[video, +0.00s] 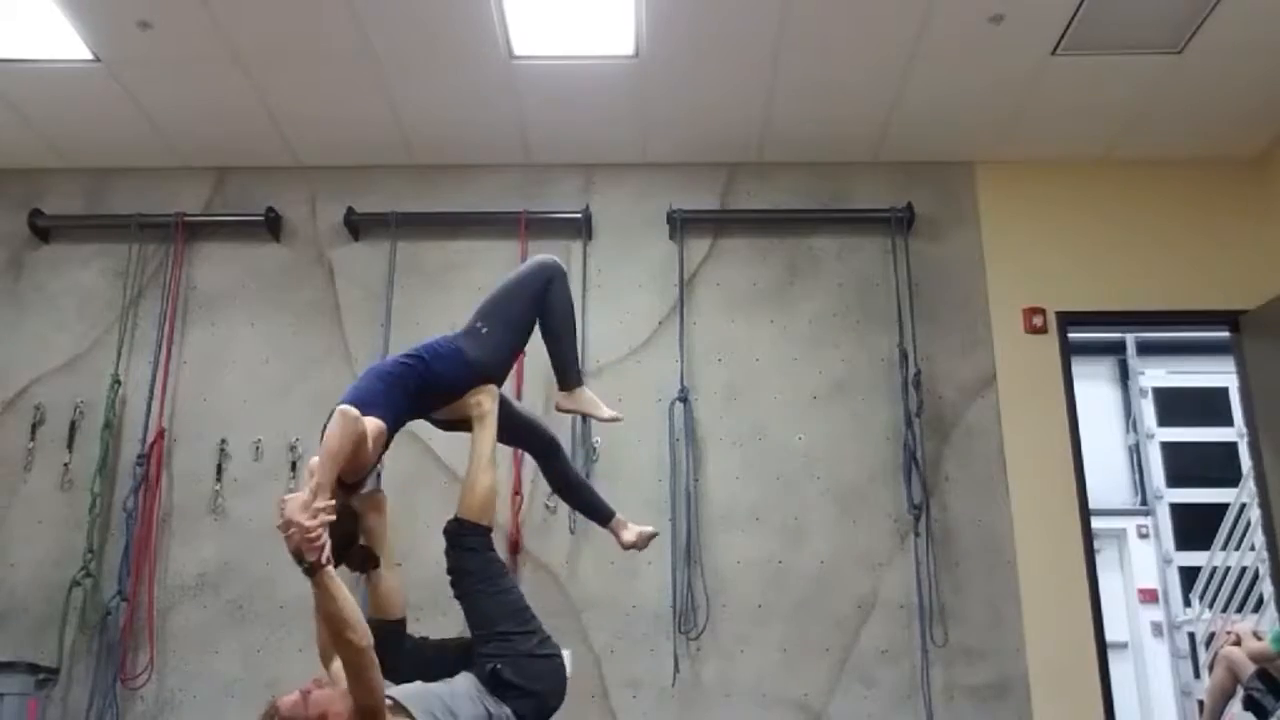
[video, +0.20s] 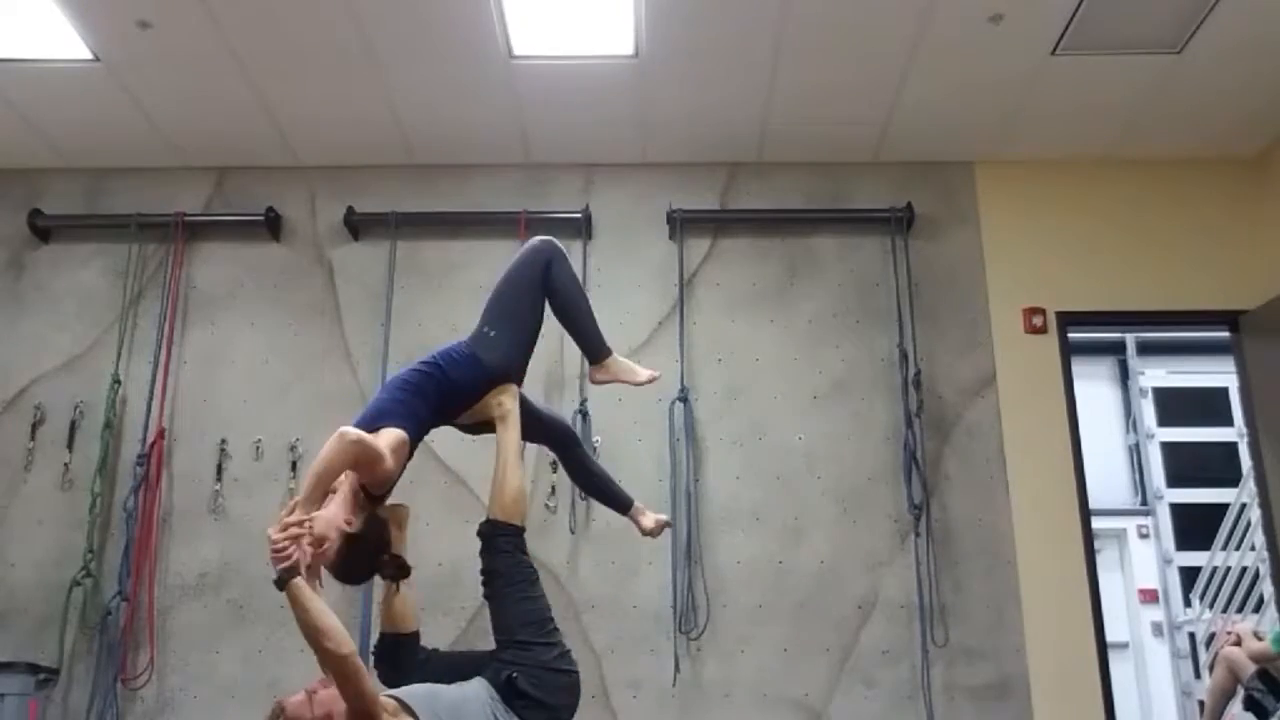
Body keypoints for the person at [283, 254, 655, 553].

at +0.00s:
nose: (294, 504)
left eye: (290, 510)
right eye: (303, 510)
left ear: (331, 509)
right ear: (330, 508)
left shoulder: (347, 480)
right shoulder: (345, 460)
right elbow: (314, 473)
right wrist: (308, 507)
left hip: (452, 405)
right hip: (467, 360)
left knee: (542, 444)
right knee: (546, 270)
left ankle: (618, 527)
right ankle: (572, 388)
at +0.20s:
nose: (322, 533)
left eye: (319, 542)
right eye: (325, 540)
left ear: (338, 516)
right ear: (361, 521)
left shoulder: (359, 484)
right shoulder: (378, 470)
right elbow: (342, 440)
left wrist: (292, 529)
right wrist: (304, 506)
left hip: (473, 406)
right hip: (486, 364)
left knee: (561, 434)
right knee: (545, 252)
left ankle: (637, 514)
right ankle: (603, 360)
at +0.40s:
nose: (342, 546)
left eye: (340, 556)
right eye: (351, 549)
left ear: (363, 526)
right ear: (373, 532)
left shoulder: (381, 480)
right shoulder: (387, 477)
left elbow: (326, 476)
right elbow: (309, 450)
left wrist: (303, 533)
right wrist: (276, 520)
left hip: (483, 391)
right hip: (487, 361)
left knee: (545, 391)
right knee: (506, 228)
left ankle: (615, 423)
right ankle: (620, 281)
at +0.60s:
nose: (353, 555)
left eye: (356, 566)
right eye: (363, 558)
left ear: (384, 535)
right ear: (383, 538)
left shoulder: (394, 488)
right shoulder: (393, 482)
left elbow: (337, 468)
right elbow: (312, 446)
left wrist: (312, 529)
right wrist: (289, 518)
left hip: (490, 371)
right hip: (483, 358)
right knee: (461, 219)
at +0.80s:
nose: (367, 567)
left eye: (370, 574)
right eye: (375, 572)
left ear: (387, 554)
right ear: (400, 554)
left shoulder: (411, 497)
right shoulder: (406, 493)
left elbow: (364, 465)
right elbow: (336, 443)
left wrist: (338, 527)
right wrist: (317, 515)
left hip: (482, 375)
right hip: (474, 360)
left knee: (415, 244)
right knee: (413, 243)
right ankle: (359, 110)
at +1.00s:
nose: (370, 555)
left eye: (373, 563)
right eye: (379, 557)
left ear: (393, 543)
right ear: (404, 540)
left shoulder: (424, 493)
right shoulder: (417, 479)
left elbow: (391, 466)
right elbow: (347, 425)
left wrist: (352, 507)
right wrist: (335, 496)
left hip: (475, 365)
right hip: (467, 348)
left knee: (377, 243)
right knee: (375, 239)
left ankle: (298, 130)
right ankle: (293, 127)